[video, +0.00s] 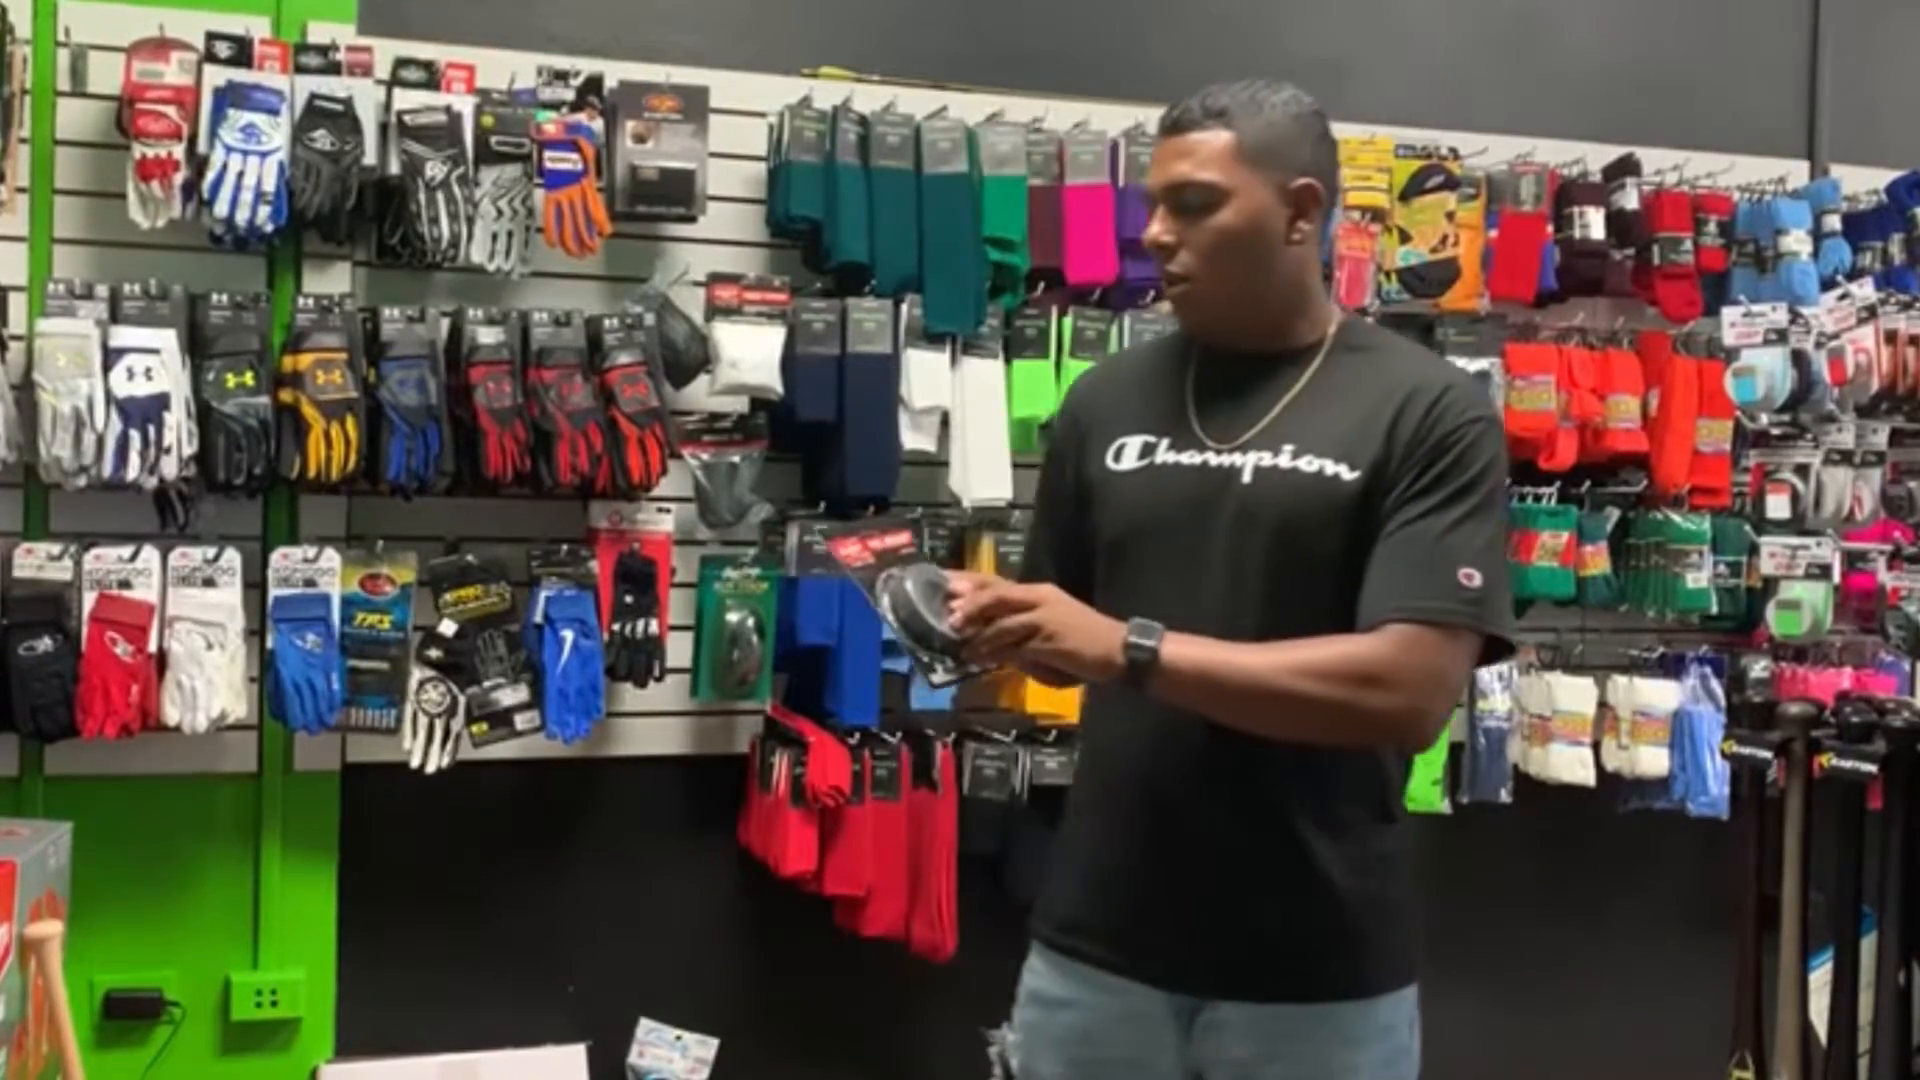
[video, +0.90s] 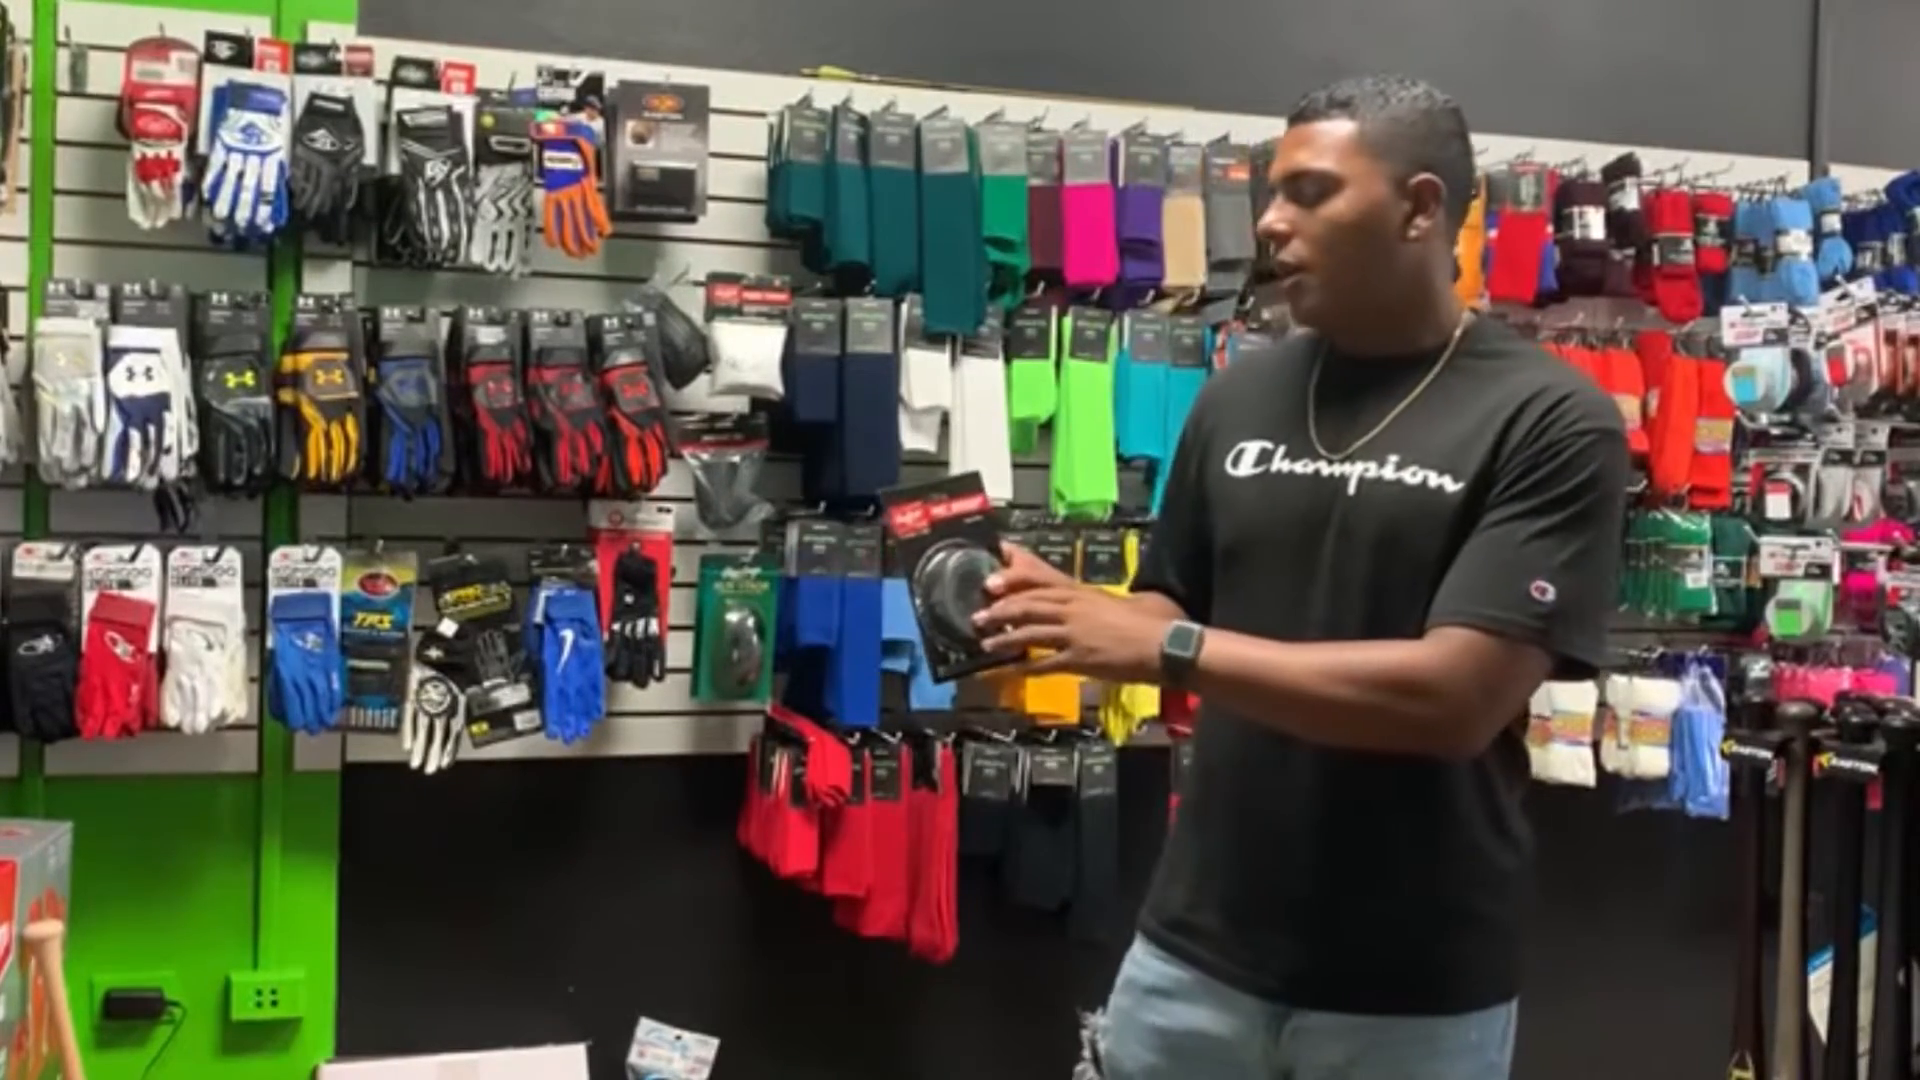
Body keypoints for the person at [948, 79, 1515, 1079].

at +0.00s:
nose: (1154, 236)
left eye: (1192, 205)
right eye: (1153, 207)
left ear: (1303, 210)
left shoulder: (1428, 410)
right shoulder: (1101, 402)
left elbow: (1411, 692)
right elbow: (1068, 641)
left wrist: (1126, 648)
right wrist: (1001, 624)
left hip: (1320, 973)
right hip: (1098, 950)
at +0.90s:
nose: (1270, 225)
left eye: (1309, 192)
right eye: (1271, 194)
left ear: (1422, 209)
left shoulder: (1553, 422)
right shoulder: (1236, 394)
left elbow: (1455, 700)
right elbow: (1169, 607)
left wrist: (1169, 647)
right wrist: (1063, 616)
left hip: (1414, 990)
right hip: (1196, 957)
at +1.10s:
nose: (1240, 228)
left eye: (1276, 195)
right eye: (1242, 197)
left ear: (1389, 209)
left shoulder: (1521, 419)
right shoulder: (1211, 399)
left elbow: (1424, 694)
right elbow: (1150, 610)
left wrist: (1141, 643)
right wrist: (1036, 619)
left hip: (1388, 989)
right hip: (1170, 958)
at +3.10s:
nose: (1067, 238)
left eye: (1100, 204)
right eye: (1068, 211)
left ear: (1204, 211)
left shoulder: (1343, 394)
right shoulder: (1047, 407)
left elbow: (1274, 655)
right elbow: (1004, 650)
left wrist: (998, 619)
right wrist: (892, 599)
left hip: (1254, 948)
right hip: (1048, 936)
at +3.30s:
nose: (1128, 235)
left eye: (1162, 201)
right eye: (1128, 208)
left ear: (1268, 209)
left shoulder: (1405, 395)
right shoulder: (1103, 406)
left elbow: (1327, 658)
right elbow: (1068, 652)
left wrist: (1047, 616)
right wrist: (949, 602)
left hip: (1309, 954)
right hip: (1100, 940)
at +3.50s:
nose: (1190, 230)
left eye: (1224, 197)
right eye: (1190, 202)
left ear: (1333, 213)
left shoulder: (1469, 401)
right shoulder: (1158, 406)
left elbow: (1382, 663)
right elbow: (1115, 659)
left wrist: (1098, 617)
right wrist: (995, 597)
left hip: (1363, 965)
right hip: (1148, 947)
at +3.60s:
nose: (1216, 230)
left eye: (1250, 197)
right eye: (1215, 202)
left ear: (1361, 212)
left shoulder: (1497, 404)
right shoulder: (1183, 404)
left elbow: (1408, 666)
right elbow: (1145, 658)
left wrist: (1121, 617)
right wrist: (1023, 596)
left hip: (1384, 968)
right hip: (1169, 949)